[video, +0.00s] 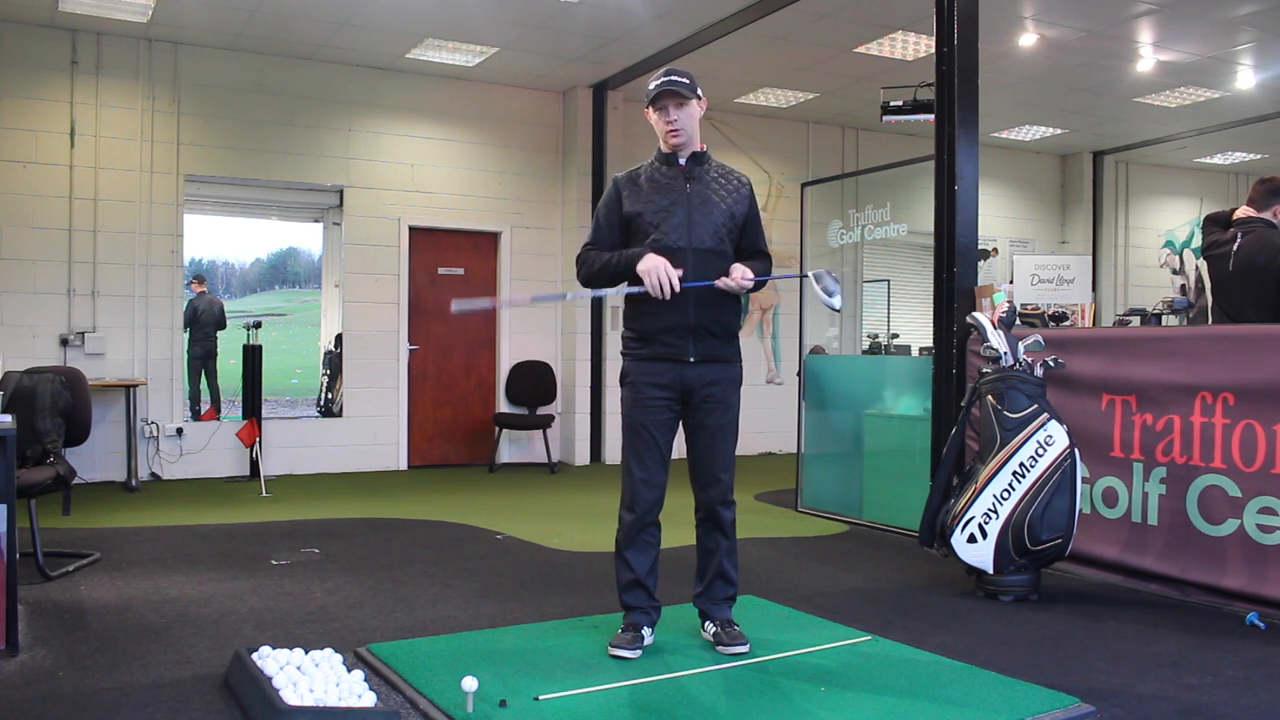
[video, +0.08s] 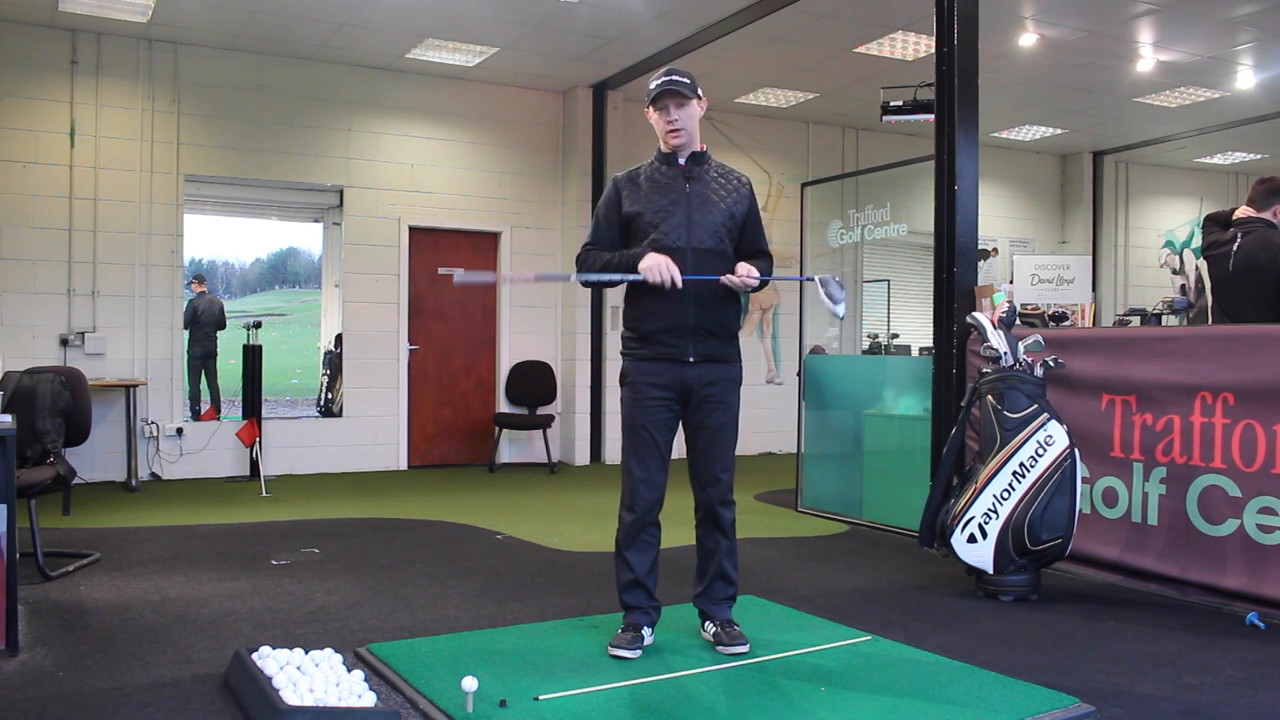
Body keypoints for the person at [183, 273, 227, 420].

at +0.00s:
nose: (191, 287)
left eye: (192, 284)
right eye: (191, 284)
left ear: (197, 285)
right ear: (204, 284)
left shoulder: (194, 302)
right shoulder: (217, 302)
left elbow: (185, 324)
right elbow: (222, 325)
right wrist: (209, 325)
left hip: (196, 345)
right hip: (211, 345)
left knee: (194, 383)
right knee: (213, 381)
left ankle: (195, 415)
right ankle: (216, 412)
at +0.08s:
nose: (191, 287)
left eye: (192, 284)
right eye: (191, 284)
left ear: (197, 284)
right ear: (204, 284)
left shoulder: (194, 302)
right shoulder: (217, 301)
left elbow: (186, 324)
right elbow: (222, 325)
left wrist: (195, 319)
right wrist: (209, 325)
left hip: (196, 345)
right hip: (211, 345)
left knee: (194, 383)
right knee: (212, 381)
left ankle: (195, 415)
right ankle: (216, 412)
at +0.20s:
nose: (191, 287)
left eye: (192, 284)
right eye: (191, 284)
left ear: (198, 284)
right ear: (205, 284)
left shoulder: (194, 302)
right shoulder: (217, 302)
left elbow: (186, 323)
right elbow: (222, 325)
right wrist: (209, 325)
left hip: (196, 344)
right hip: (211, 344)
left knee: (194, 382)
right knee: (212, 381)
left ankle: (195, 415)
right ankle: (216, 412)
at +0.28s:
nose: (191, 287)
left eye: (193, 284)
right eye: (191, 284)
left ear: (198, 284)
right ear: (205, 284)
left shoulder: (195, 302)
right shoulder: (217, 302)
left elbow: (185, 323)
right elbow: (222, 325)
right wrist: (209, 326)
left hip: (196, 344)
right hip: (211, 344)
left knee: (195, 382)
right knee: (212, 381)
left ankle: (195, 415)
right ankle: (216, 412)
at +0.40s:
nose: (192, 287)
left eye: (193, 284)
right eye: (192, 284)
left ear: (199, 284)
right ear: (205, 284)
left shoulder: (195, 302)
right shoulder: (218, 302)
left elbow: (184, 320)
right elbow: (222, 325)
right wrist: (209, 326)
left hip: (196, 344)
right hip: (211, 344)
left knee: (195, 382)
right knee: (212, 381)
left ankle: (195, 415)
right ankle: (216, 412)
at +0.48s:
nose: (193, 286)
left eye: (194, 284)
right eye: (193, 284)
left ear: (199, 284)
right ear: (206, 284)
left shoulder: (195, 302)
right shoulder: (218, 302)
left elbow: (182, 318)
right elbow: (222, 326)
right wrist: (209, 327)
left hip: (196, 343)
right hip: (211, 343)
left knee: (195, 382)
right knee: (212, 381)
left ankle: (195, 414)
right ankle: (216, 412)